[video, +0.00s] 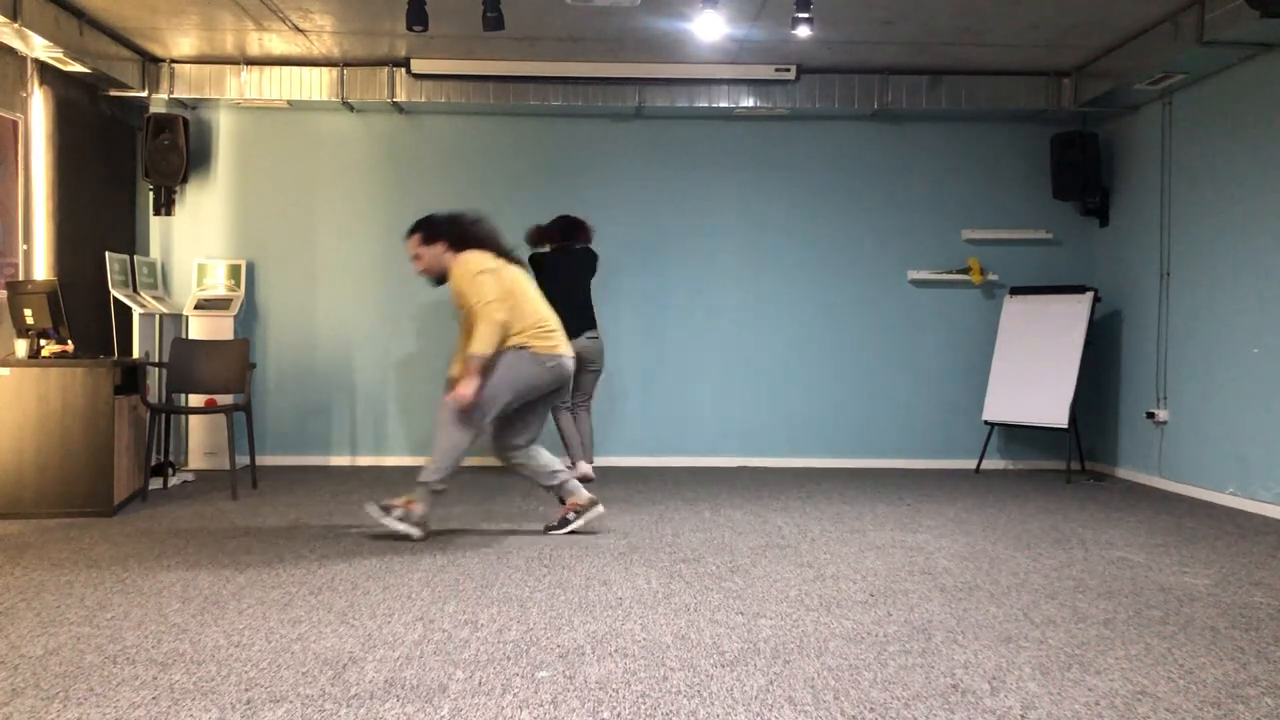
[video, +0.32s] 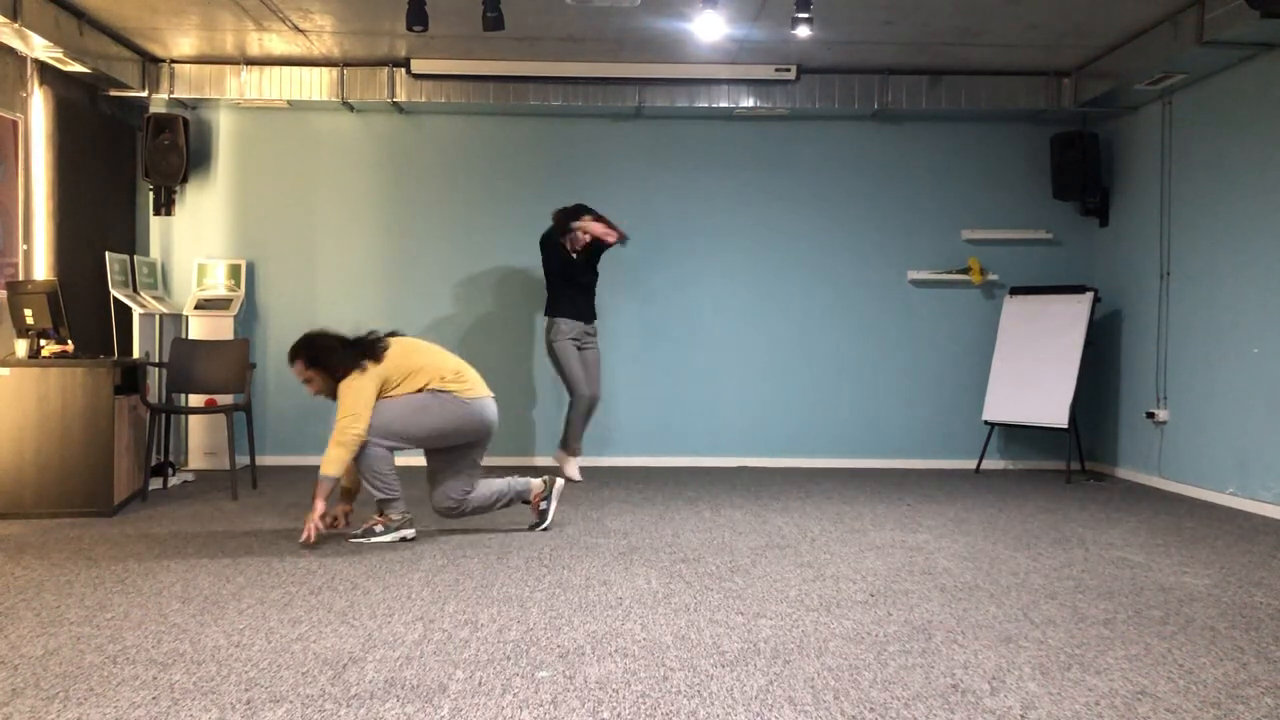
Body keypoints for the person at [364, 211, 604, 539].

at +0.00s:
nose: (416, 268)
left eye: (418, 257)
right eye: (413, 260)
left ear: (443, 246)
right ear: (442, 248)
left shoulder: (468, 264)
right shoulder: (480, 267)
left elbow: (491, 313)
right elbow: (469, 333)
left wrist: (471, 374)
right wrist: (457, 379)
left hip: (535, 354)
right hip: (554, 358)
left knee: (462, 409)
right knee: (512, 444)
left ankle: (417, 507)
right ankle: (579, 500)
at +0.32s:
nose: (308, 389)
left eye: (307, 380)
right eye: (304, 383)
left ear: (325, 366)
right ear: (328, 365)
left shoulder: (360, 375)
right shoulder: (369, 366)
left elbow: (346, 436)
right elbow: (360, 443)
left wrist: (320, 501)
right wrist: (345, 502)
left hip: (458, 404)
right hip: (475, 408)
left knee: (365, 430)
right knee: (450, 501)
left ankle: (393, 517)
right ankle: (536, 489)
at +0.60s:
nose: (286, 418)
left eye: (277, 411)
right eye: (276, 413)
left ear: (283, 391)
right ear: (290, 376)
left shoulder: (319, 376)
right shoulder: (337, 361)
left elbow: (321, 441)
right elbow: (351, 439)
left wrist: (311, 511)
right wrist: (343, 503)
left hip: (427, 376)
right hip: (448, 372)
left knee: (348, 434)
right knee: (462, 467)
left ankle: (393, 514)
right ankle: (550, 487)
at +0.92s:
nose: (295, 409)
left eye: (286, 405)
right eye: (290, 407)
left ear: (282, 386)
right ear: (287, 376)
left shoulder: (308, 370)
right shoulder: (320, 356)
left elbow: (317, 438)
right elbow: (345, 432)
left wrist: (310, 511)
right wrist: (341, 498)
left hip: (418, 357)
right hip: (442, 348)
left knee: (348, 432)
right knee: (489, 423)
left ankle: (391, 514)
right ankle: (562, 485)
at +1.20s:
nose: (293, 410)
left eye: (282, 405)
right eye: (287, 407)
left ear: (281, 386)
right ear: (287, 374)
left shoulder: (308, 371)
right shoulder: (321, 356)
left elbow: (317, 439)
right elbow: (344, 430)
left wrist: (310, 511)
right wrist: (338, 494)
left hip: (418, 361)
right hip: (443, 351)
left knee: (348, 434)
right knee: (489, 424)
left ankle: (392, 514)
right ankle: (564, 485)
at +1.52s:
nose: (287, 392)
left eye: (281, 384)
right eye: (280, 385)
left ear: (290, 371)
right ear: (306, 352)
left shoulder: (325, 373)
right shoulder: (343, 359)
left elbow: (323, 445)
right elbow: (349, 441)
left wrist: (310, 515)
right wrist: (340, 499)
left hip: (430, 420)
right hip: (455, 413)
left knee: (335, 444)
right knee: (485, 492)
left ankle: (391, 516)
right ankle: (575, 488)